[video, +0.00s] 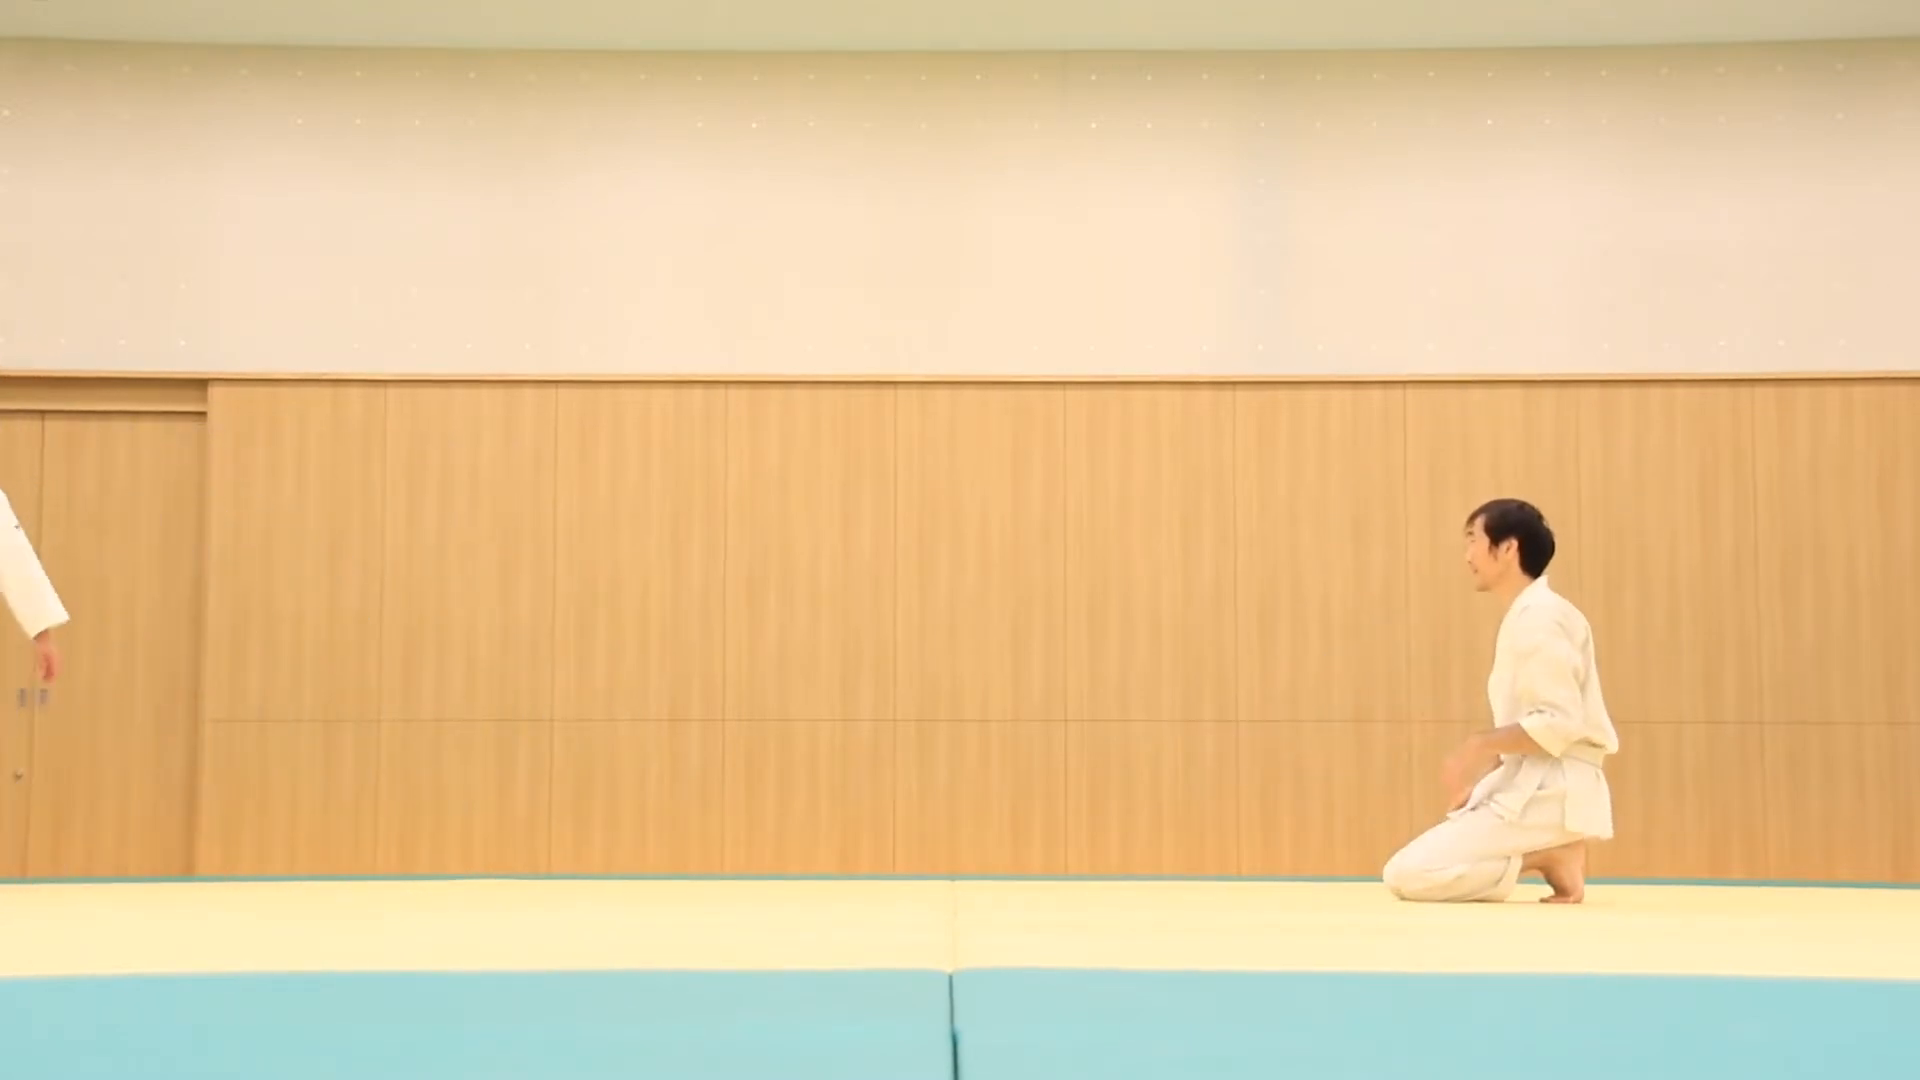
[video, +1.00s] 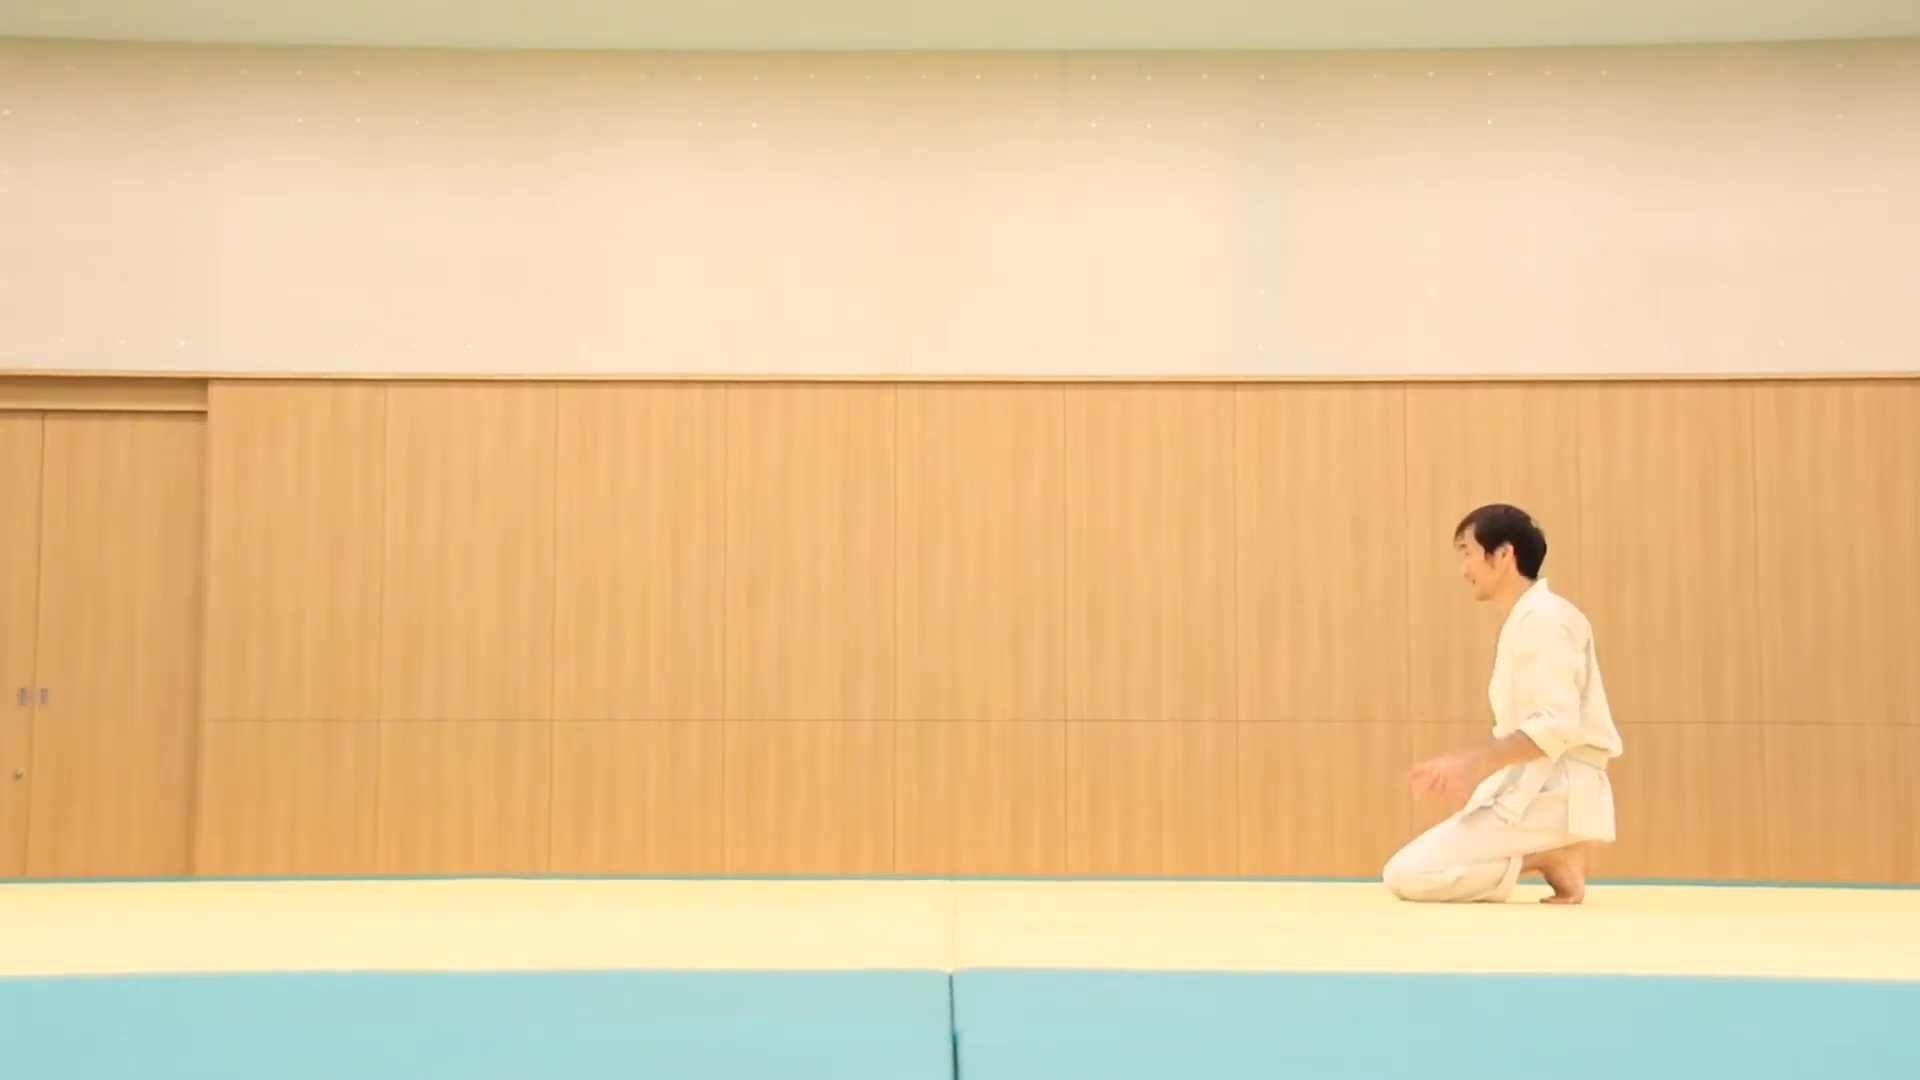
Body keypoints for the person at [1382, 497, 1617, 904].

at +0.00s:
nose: (1467, 557)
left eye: (1474, 541)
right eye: (1468, 542)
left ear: (1510, 549)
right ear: (1509, 551)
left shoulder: (1538, 618)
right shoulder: (1536, 614)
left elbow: (1558, 723)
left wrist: (1481, 746)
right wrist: (1482, 789)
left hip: (1552, 793)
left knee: (1407, 876)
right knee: (1405, 872)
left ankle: (1550, 856)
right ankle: (1548, 855)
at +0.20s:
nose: (1465, 558)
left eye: (1472, 542)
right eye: (1466, 543)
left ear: (1506, 550)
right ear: (1506, 552)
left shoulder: (1536, 619)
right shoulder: (1538, 614)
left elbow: (1554, 726)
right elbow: (1543, 727)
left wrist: (1477, 752)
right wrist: (1480, 785)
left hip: (1551, 794)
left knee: (1406, 876)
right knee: (1406, 872)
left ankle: (1550, 856)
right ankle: (1547, 855)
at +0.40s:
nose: (1463, 560)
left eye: (1469, 545)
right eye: (1464, 546)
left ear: (1503, 552)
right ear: (1503, 553)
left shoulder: (1536, 621)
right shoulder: (1544, 615)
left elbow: (1554, 731)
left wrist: (1481, 774)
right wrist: (1482, 784)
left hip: (1554, 794)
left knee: (1406, 876)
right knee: (1406, 871)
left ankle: (1550, 856)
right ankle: (1548, 856)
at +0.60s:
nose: (1463, 563)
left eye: (1469, 548)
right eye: (1464, 549)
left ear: (1502, 553)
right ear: (1502, 554)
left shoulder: (1540, 621)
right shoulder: (1537, 616)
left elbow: (1552, 732)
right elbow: (1535, 731)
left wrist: (1479, 776)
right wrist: (1476, 784)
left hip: (1556, 794)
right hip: (1547, 791)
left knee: (1406, 876)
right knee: (1405, 872)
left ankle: (1550, 856)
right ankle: (1548, 856)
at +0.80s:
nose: (1463, 566)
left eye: (1469, 552)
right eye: (1464, 553)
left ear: (1502, 555)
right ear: (1502, 556)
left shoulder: (1539, 621)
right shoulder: (1539, 616)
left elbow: (1554, 733)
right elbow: (1544, 732)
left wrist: (1480, 781)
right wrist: (1479, 789)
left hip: (1558, 794)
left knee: (1407, 876)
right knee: (1406, 871)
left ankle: (1550, 856)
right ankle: (1548, 856)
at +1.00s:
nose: (1462, 569)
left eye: (1468, 553)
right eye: (1462, 555)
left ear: (1504, 556)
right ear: (1503, 559)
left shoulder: (1544, 619)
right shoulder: (1531, 618)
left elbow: (1554, 727)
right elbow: (1521, 729)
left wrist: (1474, 764)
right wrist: (1457, 766)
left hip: (1558, 794)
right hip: (1544, 789)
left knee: (1407, 876)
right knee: (1407, 872)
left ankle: (1550, 857)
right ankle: (1548, 857)